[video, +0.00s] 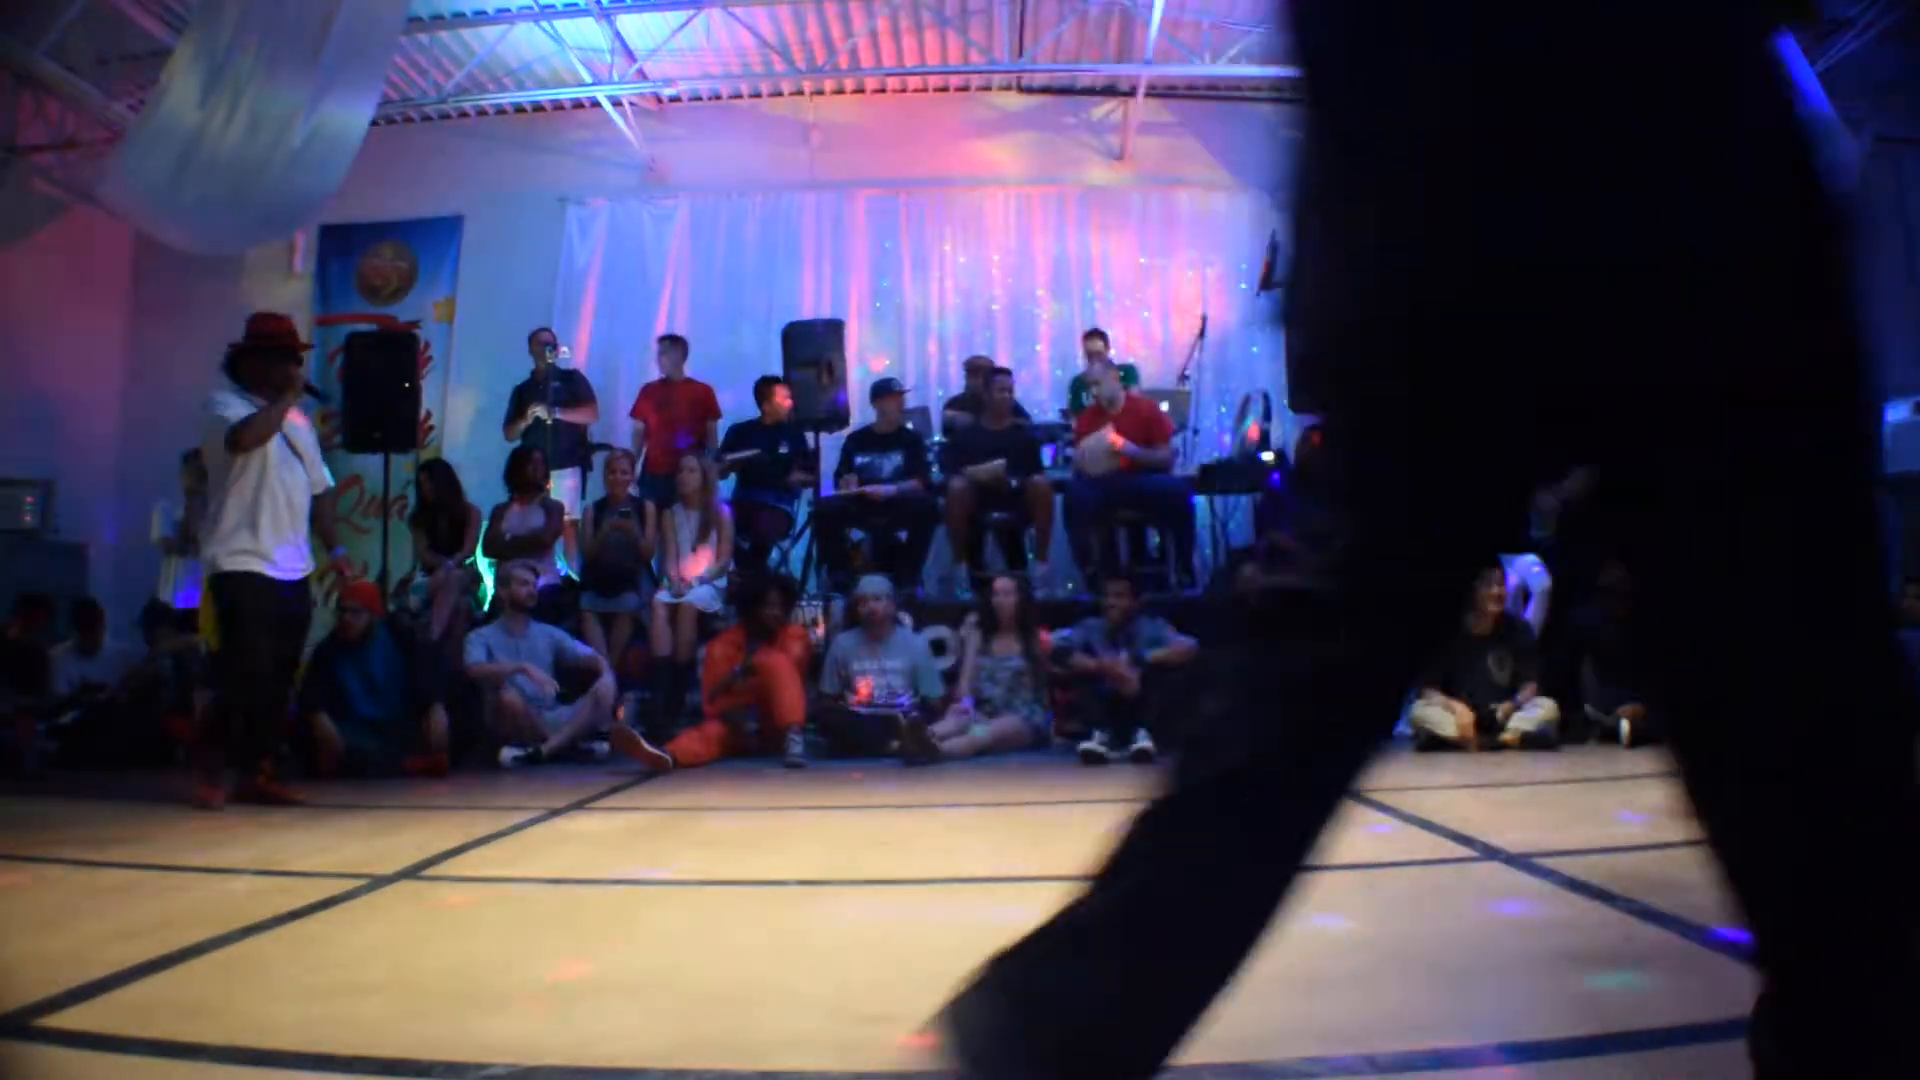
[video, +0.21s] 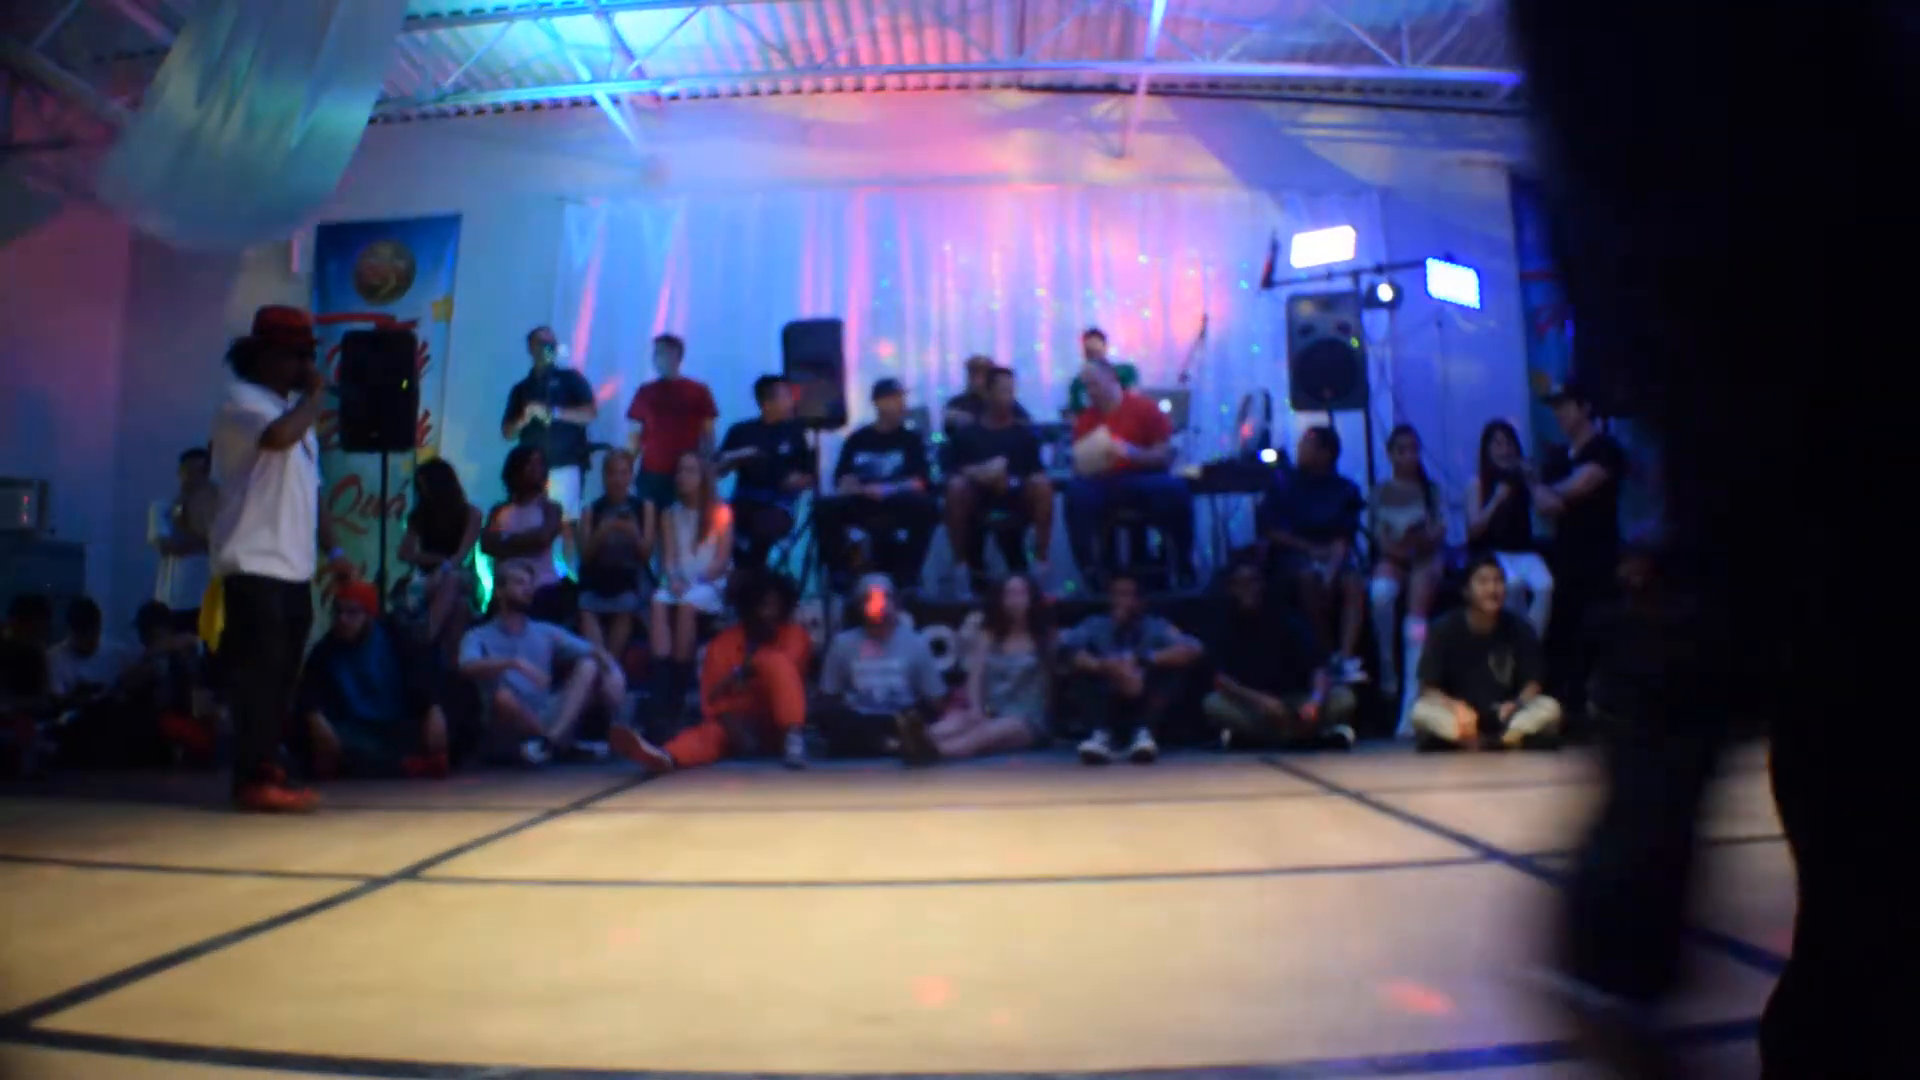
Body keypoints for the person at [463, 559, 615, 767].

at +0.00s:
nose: (532, 590)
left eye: (534, 585)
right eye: (524, 584)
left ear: (537, 589)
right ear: (503, 592)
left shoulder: (548, 634)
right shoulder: (480, 637)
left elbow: (592, 658)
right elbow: (475, 670)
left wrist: (607, 678)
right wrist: (523, 668)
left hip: (553, 713)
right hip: (512, 719)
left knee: (604, 689)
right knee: (509, 698)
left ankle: (545, 750)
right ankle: (562, 747)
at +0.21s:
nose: (527, 589)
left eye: (529, 584)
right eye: (519, 583)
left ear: (533, 589)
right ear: (500, 589)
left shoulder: (544, 632)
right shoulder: (478, 636)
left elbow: (591, 649)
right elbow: (468, 667)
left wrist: (612, 672)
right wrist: (515, 664)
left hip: (548, 710)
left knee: (588, 667)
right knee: (503, 696)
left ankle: (550, 741)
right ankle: (564, 744)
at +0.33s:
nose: (527, 590)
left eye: (529, 584)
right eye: (518, 583)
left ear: (534, 589)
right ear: (500, 592)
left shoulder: (547, 634)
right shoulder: (478, 637)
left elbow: (591, 657)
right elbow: (467, 669)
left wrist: (622, 681)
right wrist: (506, 670)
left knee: (581, 662)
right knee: (505, 693)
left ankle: (572, 734)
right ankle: (559, 740)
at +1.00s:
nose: (531, 596)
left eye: (536, 589)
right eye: (522, 590)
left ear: (541, 594)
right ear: (506, 597)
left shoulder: (556, 637)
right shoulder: (489, 639)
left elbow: (596, 665)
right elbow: (475, 667)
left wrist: (631, 700)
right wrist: (523, 678)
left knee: (584, 670)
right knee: (509, 683)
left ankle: (596, 742)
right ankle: (557, 738)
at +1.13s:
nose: (531, 595)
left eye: (536, 589)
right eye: (523, 589)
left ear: (541, 594)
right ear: (507, 596)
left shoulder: (555, 635)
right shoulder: (489, 639)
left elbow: (597, 661)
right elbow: (479, 668)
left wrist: (631, 692)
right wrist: (537, 675)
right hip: (513, 735)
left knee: (582, 668)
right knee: (510, 677)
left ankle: (595, 741)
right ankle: (563, 741)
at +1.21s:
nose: (532, 595)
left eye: (536, 589)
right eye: (523, 589)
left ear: (542, 594)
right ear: (507, 596)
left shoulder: (555, 635)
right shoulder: (490, 639)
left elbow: (601, 660)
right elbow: (483, 668)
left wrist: (629, 689)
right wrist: (554, 676)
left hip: (557, 731)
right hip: (513, 736)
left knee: (582, 667)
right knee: (517, 683)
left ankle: (593, 740)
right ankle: (566, 746)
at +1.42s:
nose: (538, 599)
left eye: (543, 592)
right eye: (530, 593)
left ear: (549, 596)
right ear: (515, 598)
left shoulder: (559, 634)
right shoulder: (497, 638)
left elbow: (605, 660)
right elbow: (508, 670)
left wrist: (609, 689)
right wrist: (571, 679)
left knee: (585, 668)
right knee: (521, 682)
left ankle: (594, 742)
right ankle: (568, 746)